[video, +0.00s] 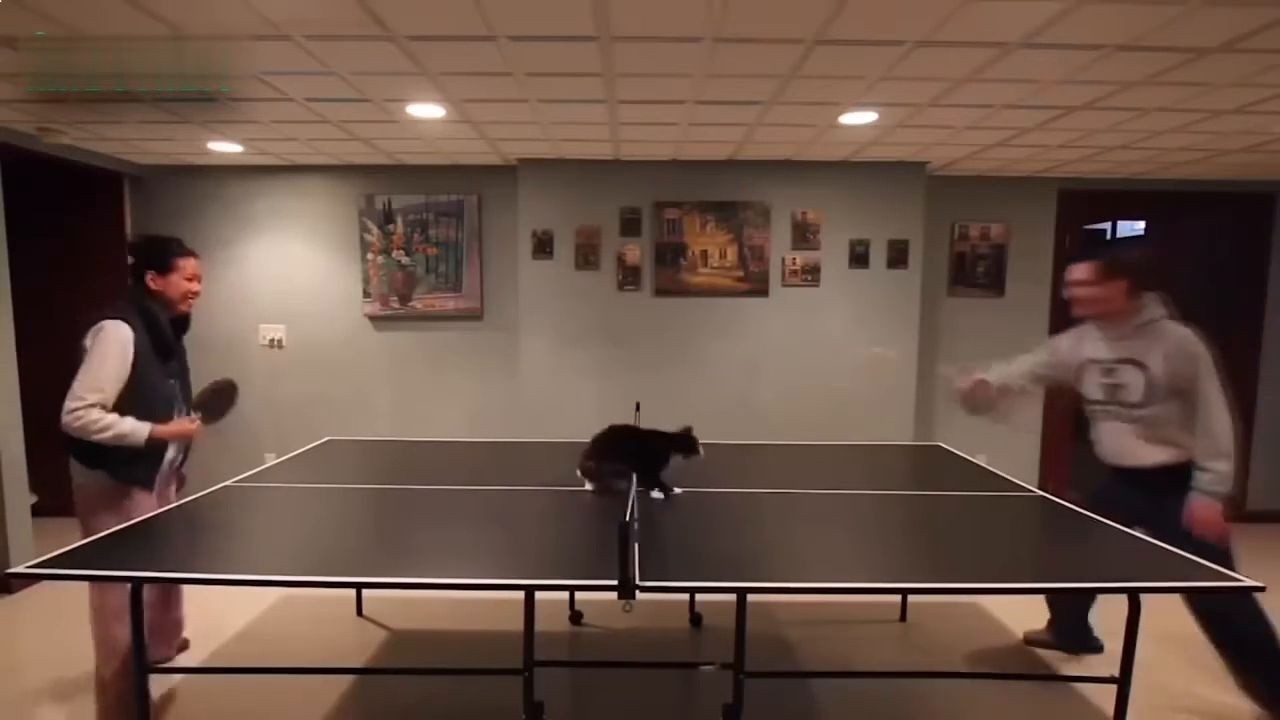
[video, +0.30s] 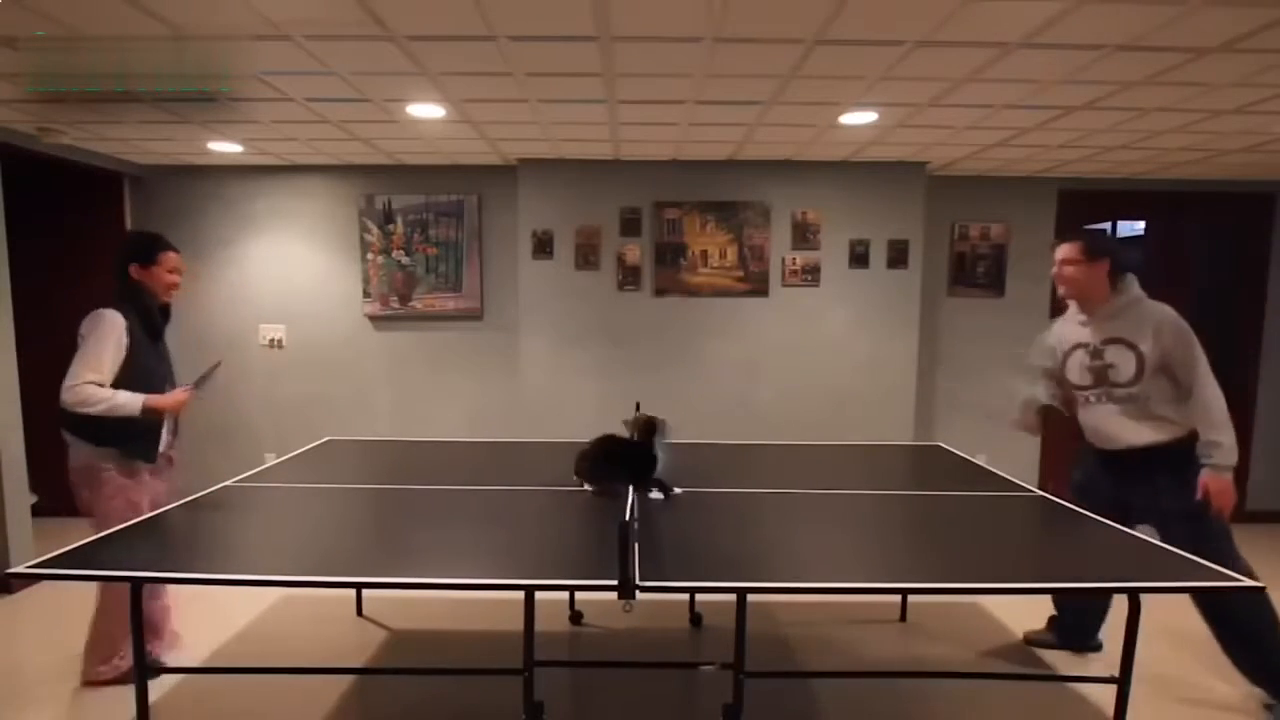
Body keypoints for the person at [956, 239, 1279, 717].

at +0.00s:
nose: (1072, 295)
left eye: (1082, 285)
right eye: (1070, 286)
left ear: (1120, 287)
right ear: (1076, 292)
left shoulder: (1177, 342)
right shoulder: (1078, 343)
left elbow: (1215, 418)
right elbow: (1029, 369)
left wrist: (1209, 492)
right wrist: (988, 386)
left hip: (1175, 484)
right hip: (1114, 481)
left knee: (1218, 596)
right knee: (1068, 546)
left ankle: (1275, 694)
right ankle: (1072, 631)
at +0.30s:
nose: (1057, 274)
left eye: (1068, 265)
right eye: (1056, 266)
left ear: (1104, 269)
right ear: (1059, 274)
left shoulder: (1159, 322)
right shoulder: (1060, 333)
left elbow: (1204, 390)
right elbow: (1035, 394)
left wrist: (1218, 462)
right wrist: (1029, 404)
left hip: (1168, 463)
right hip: (1102, 462)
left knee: (1220, 576)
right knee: (1079, 546)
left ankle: (1276, 683)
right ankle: (1075, 630)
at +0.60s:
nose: (1177, 260)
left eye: (1191, 249)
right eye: (1175, 251)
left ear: (1229, 256)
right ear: (1172, 261)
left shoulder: (1270, 310)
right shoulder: (1169, 321)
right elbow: (1161, 388)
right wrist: (1140, 415)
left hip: (1256, 475)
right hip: (1188, 471)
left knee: (1261, 595)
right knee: (1150, 564)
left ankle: (1269, 697)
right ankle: (1092, 638)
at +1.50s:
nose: (1049, 281)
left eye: (1052, 269)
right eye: (1047, 271)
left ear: (1079, 265)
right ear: (1078, 267)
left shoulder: (1117, 320)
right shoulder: (1099, 315)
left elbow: (1144, 406)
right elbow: (1109, 392)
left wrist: (1117, 475)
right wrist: (1063, 403)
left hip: (1096, 458)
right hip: (1079, 452)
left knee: (1082, 565)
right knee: (1058, 556)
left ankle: (1108, 674)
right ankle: (1032, 646)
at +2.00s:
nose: (1055, 340)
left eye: (1057, 330)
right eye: (1052, 333)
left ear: (1074, 321)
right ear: (1070, 325)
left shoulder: (1108, 337)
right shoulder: (1088, 357)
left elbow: (1145, 385)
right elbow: (1065, 416)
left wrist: (1117, 436)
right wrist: (1011, 442)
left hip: (1147, 440)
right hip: (1125, 446)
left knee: (1089, 520)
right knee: (1087, 521)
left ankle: (1070, 621)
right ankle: (1066, 617)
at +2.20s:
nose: (1042, 331)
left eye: (1041, 323)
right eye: (1039, 325)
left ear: (1054, 311)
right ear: (1055, 314)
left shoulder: (1090, 321)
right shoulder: (1079, 337)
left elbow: (1124, 370)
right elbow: (1103, 409)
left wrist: (1118, 424)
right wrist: (1073, 453)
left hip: (1147, 420)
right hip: (1135, 423)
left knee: (1111, 506)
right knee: (1111, 506)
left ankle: (1152, 600)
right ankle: (1141, 595)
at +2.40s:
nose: (1013, 367)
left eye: (1012, 358)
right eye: (1009, 361)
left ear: (1025, 347)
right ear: (1027, 348)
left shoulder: (1059, 361)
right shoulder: (1059, 359)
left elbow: (1088, 411)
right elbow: (1090, 416)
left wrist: (1085, 466)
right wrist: (1073, 465)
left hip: (1142, 431)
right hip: (1141, 430)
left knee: (1124, 517)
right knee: (1122, 516)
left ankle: (1153, 603)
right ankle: (1146, 599)